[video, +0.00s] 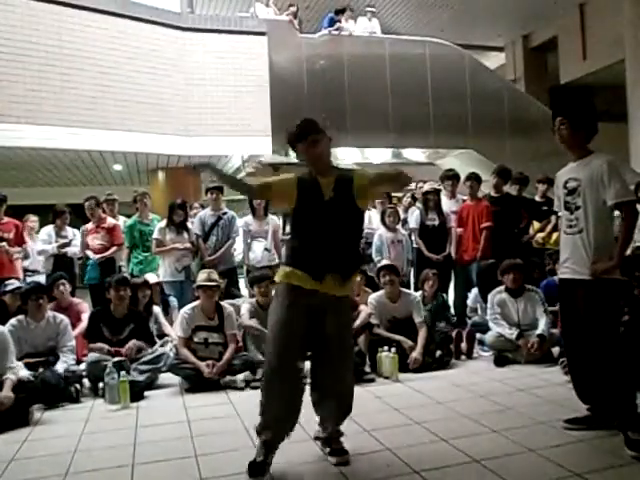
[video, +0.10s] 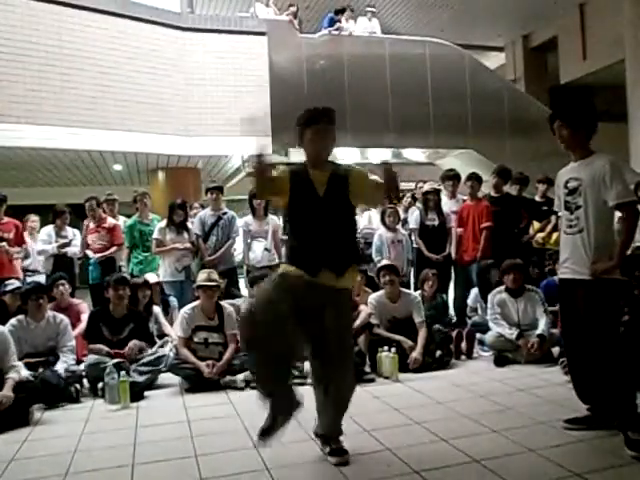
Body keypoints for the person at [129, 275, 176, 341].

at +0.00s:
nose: (145, 293)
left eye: (147, 289)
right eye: (141, 289)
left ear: (151, 291)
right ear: (135, 292)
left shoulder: (155, 310)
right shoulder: (129, 310)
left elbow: (165, 326)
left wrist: (176, 339)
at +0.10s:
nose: (145, 293)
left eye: (148, 289)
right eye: (142, 290)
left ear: (151, 292)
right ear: (135, 292)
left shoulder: (155, 310)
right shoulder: (129, 310)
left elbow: (165, 326)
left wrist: (175, 339)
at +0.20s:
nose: (145, 293)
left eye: (148, 289)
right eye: (141, 290)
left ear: (151, 292)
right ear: (135, 292)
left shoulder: (155, 310)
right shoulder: (129, 311)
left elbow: (165, 326)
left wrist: (176, 339)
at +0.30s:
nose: (145, 293)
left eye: (147, 289)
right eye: (141, 290)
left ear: (151, 291)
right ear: (134, 292)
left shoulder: (154, 310)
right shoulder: (128, 311)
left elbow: (165, 326)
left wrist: (175, 339)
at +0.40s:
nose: (145, 293)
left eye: (147, 289)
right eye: (141, 289)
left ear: (150, 291)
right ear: (134, 292)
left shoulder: (154, 310)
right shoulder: (128, 311)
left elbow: (165, 326)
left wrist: (175, 339)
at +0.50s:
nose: (145, 292)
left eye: (147, 288)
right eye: (141, 289)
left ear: (150, 291)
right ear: (134, 292)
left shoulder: (154, 310)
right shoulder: (127, 311)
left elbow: (165, 326)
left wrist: (176, 339)